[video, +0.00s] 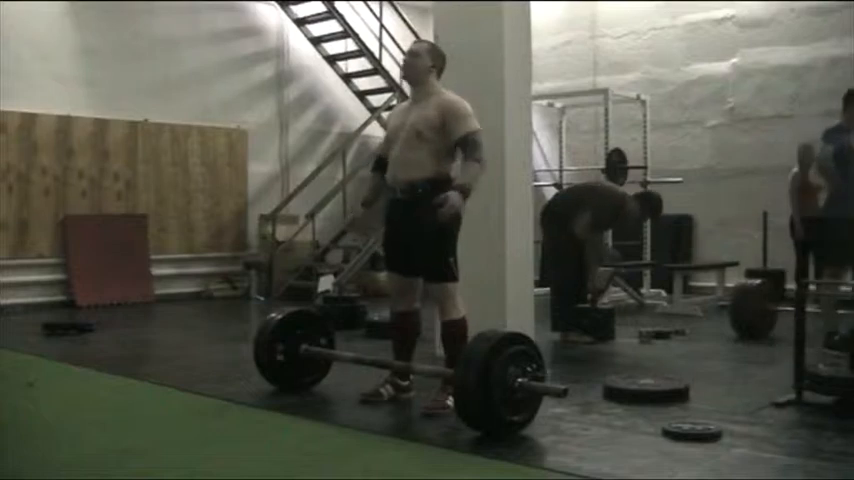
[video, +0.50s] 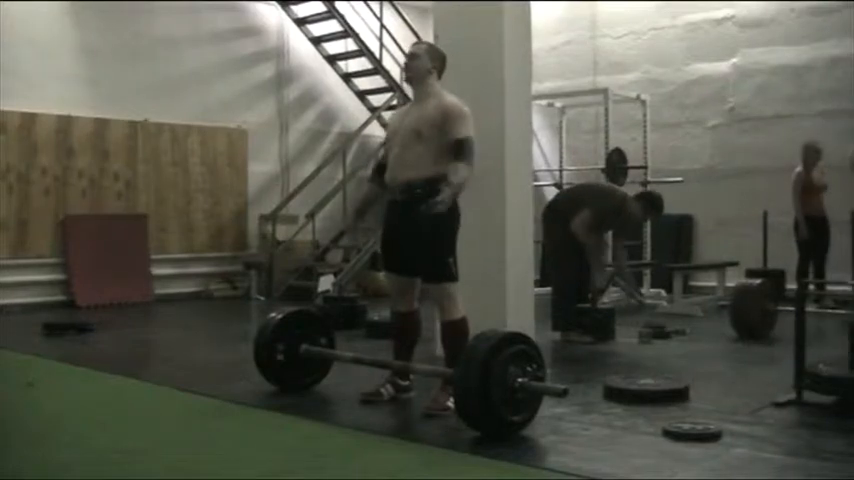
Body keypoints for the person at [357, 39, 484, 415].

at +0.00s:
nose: (405, 60)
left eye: (413, 55)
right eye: (405, 55)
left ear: (433, 66)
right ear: (407, 65)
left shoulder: (452, 107)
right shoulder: (398, 114)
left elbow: (475, 155)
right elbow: (381, 165)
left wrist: (460, 192)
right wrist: (365, 207)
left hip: (436, 201)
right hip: (399, 203)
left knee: (444, 294)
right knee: (401, 292)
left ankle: (451, 386)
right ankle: (400, 379)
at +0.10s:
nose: (403, 60)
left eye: (411, 55)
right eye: (403, 54)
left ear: (431, 66)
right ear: (406, 64)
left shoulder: (452, 102)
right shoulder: (401, 110)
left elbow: (482, 141)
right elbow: (387, 158)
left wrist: (478, 177)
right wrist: (373, 191)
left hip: (434, 198)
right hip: (399, 201)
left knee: (441, 295)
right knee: (402, 293)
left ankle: (451, 386)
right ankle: (401, 379)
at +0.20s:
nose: (403, 59)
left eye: (412, 55)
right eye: (403, 54)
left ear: (432, 66)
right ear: (405, 63)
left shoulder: (452, 101)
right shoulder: (401, 110)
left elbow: (485, 140)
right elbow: (390, 155)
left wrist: (485, 173)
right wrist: (375, 183)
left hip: (434, 200)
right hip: (400, 202)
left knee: (441, 295)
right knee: (402, 294)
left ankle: (452, 385)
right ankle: (400, 379)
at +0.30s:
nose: (404, 59)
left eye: (413, 55)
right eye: (405, 54)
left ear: (432, 66)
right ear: (406, 64)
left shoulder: (450, 101)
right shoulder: (402, 110)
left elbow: (477, 142)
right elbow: (390, 160)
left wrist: (478, 176)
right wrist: (370, 190)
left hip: (433, 198)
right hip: (399, 201)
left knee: (442, 294)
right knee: (402, 293)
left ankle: (452, 385)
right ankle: (400, 379)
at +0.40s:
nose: (404, 61)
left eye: (413, 56)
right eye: (405, 56)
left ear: (433, 66)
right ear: (407, 66)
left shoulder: (452, 105)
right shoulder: (401, 112)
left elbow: (469, 151)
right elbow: (385, 164)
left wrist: (467, 179)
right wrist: (366, 198)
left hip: (435, 197)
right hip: (400, 200)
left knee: (443, 293)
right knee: (402, 292)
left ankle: (452, 385)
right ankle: (400, 379)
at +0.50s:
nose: (406, 63)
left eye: (414, 57)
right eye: (406, 57)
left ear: (434, 66)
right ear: (408, 68)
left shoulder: (451, 108)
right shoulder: (399, 116)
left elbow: (464, 160)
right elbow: (381, 172)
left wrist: (449, 192)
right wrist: (357, 213)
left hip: (435, 198)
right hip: (400, 201)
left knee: (443, 293)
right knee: (401, 292)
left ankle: (452, 385)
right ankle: (400, 380)